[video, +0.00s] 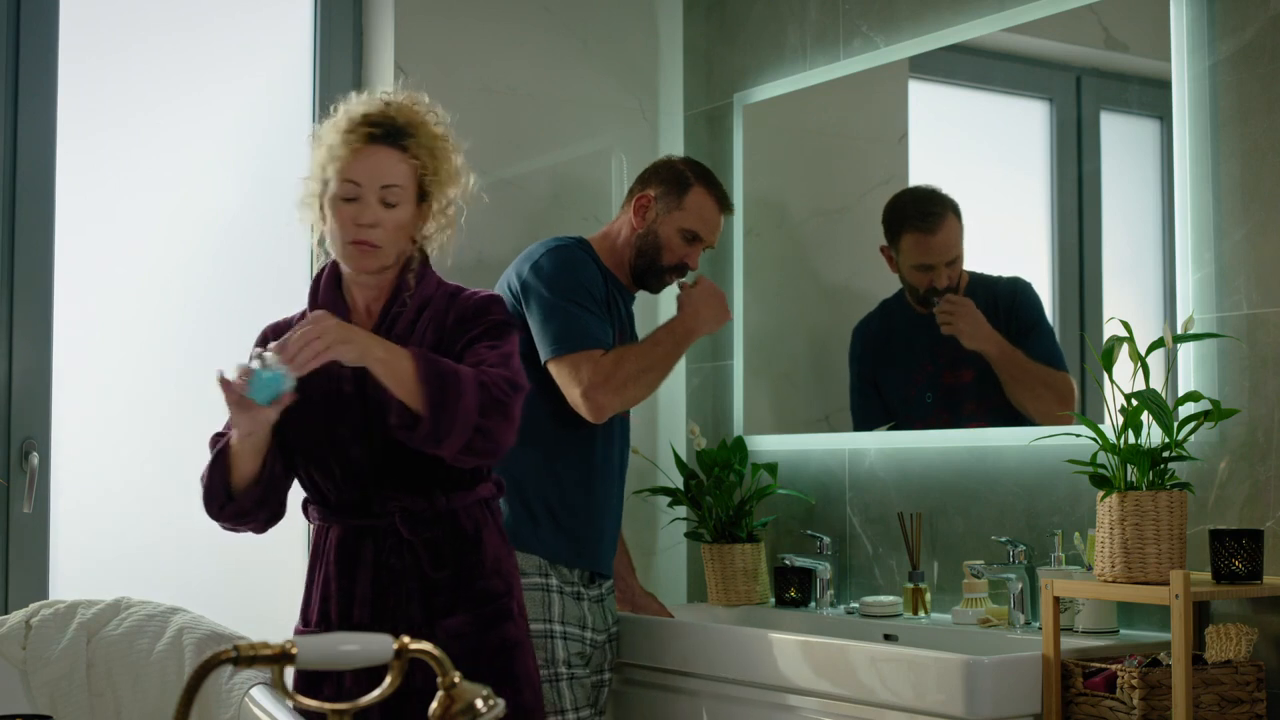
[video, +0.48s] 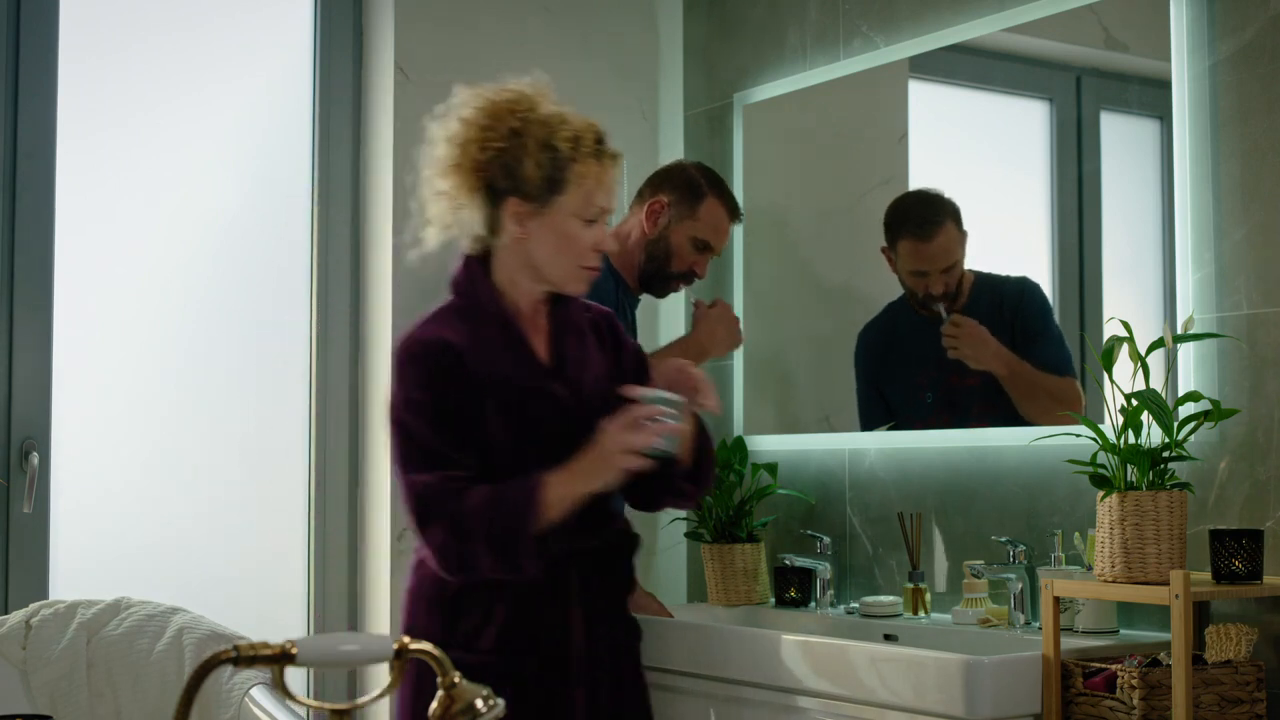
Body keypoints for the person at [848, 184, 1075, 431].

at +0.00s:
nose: (942, 281)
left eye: (953, 263)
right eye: (924, 269)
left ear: (962, 244)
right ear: (891, 260)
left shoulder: (1013, 300)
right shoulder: (872, 336)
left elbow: (1061, 413)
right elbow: (872, 447)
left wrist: (990, 342)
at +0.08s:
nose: (942, 281)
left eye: (952, 263)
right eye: (924, 269)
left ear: (962, 243)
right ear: (890, 261)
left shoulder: (1014, 300)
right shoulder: (873, 337)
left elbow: (1062, 412)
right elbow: (873, 448)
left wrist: (989, 353)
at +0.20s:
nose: (940, 285)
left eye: (950, 265)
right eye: (922, 273)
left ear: (961, 242)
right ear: (890, 263)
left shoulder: (1015, 300)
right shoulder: (875, 339)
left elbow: (1062, 414)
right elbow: (874, 448)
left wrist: (991, 349)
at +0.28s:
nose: (938, 285)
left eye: (949, 266)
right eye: (921, 273)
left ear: (961, 243)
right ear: (890, 263)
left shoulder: (1017, 300)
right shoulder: (875, 340)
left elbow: (1068, 413)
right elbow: (875, 450)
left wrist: (997, 357)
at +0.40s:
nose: (938, 289)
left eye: (949, 270)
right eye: (920, 277)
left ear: (963, 243)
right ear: (891, 264)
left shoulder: (1019, 301)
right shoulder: (877, 340)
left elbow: (1067, 414)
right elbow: (876, 449)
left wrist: (996, 350)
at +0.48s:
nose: (937, 288)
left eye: (948, 270)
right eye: (919, 276)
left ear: (964, 243)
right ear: (891, 262)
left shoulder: (1019, 301)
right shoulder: (877, 341)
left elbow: (1068, 414)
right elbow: (879, 450)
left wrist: (1000, 361)